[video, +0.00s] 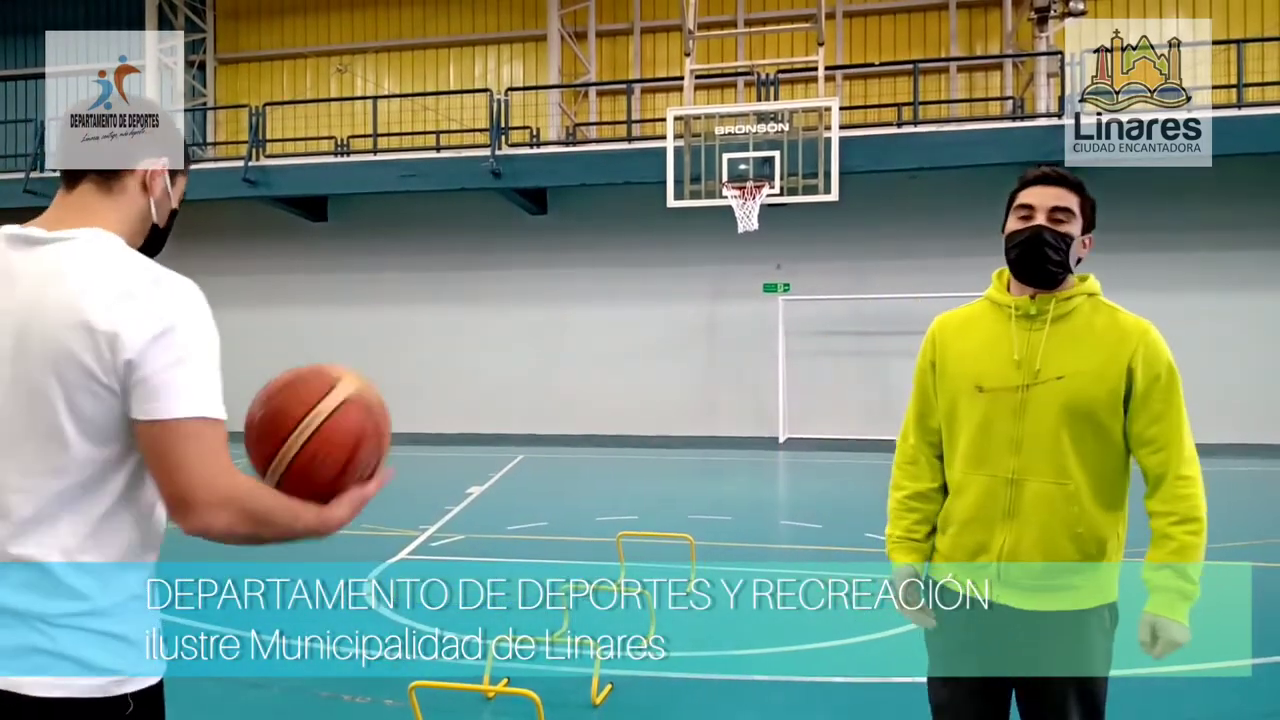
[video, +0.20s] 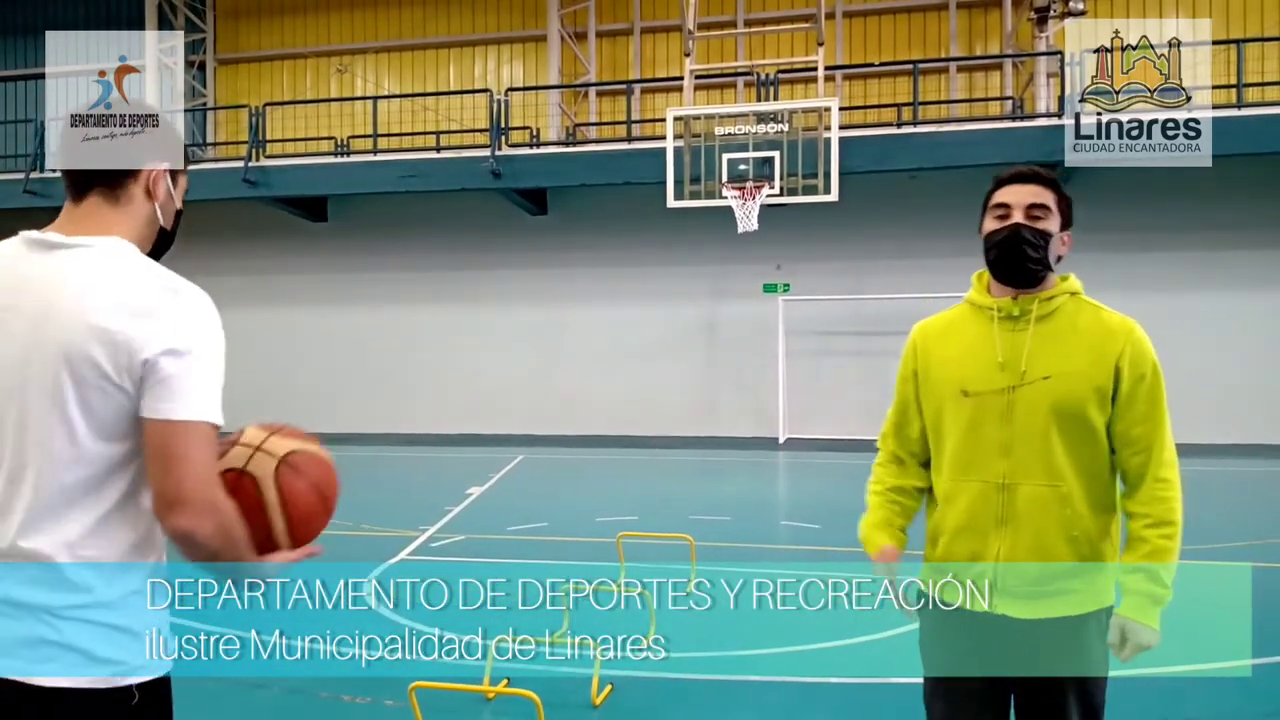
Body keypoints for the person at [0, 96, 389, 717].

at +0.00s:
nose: (175, 202)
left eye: (178, 184)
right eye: (177, 182)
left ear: (66, 168)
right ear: (152, 176)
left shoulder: (7, 252)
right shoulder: (152, 298)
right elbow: (204, 501)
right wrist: (322, 517)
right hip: (82, 669)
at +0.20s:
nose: (179, 206)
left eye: (182, 188)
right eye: (180, 185)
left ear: (73, 176)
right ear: (154, 180)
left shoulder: (7, 262)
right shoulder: (169, 305)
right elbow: (187, 510)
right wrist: (255, 559)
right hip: (95, 660)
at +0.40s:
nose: (171, 209)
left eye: (174, 193)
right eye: (172, 191)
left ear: (68, 186)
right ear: (148, 185)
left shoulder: (6, 276)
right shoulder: (157, 296)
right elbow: (162, 497)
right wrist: (222, 577)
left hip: (7, 634)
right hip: (112, 642)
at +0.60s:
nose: (175, 214)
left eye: (176, 198)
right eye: (176, 196)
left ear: (77, 190)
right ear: (151, 190)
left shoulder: (9, 285)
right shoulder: (158, 295)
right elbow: (168, 479)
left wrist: (164, 527)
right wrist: (246, 544)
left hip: (12, 623)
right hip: (120, 626)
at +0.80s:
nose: (189, 216)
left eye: (193, 202)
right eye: (191, 201)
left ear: (98, 192)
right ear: (171, 192)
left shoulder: (19, 290)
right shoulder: (176, 289)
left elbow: (35, 462)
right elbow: (205, 462)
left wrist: (176, 500)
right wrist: (260, 500)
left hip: (18, 621)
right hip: (137, 628)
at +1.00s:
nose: (222, 219)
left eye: (225, 205)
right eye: (224, 202)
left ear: (131, 194)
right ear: (208, 193)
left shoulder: (27, 308)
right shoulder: (214, 287)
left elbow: (12, 473)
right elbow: (239, 432)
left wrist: (78, 530)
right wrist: (278, 510)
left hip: (60, 625)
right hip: (188, 623)